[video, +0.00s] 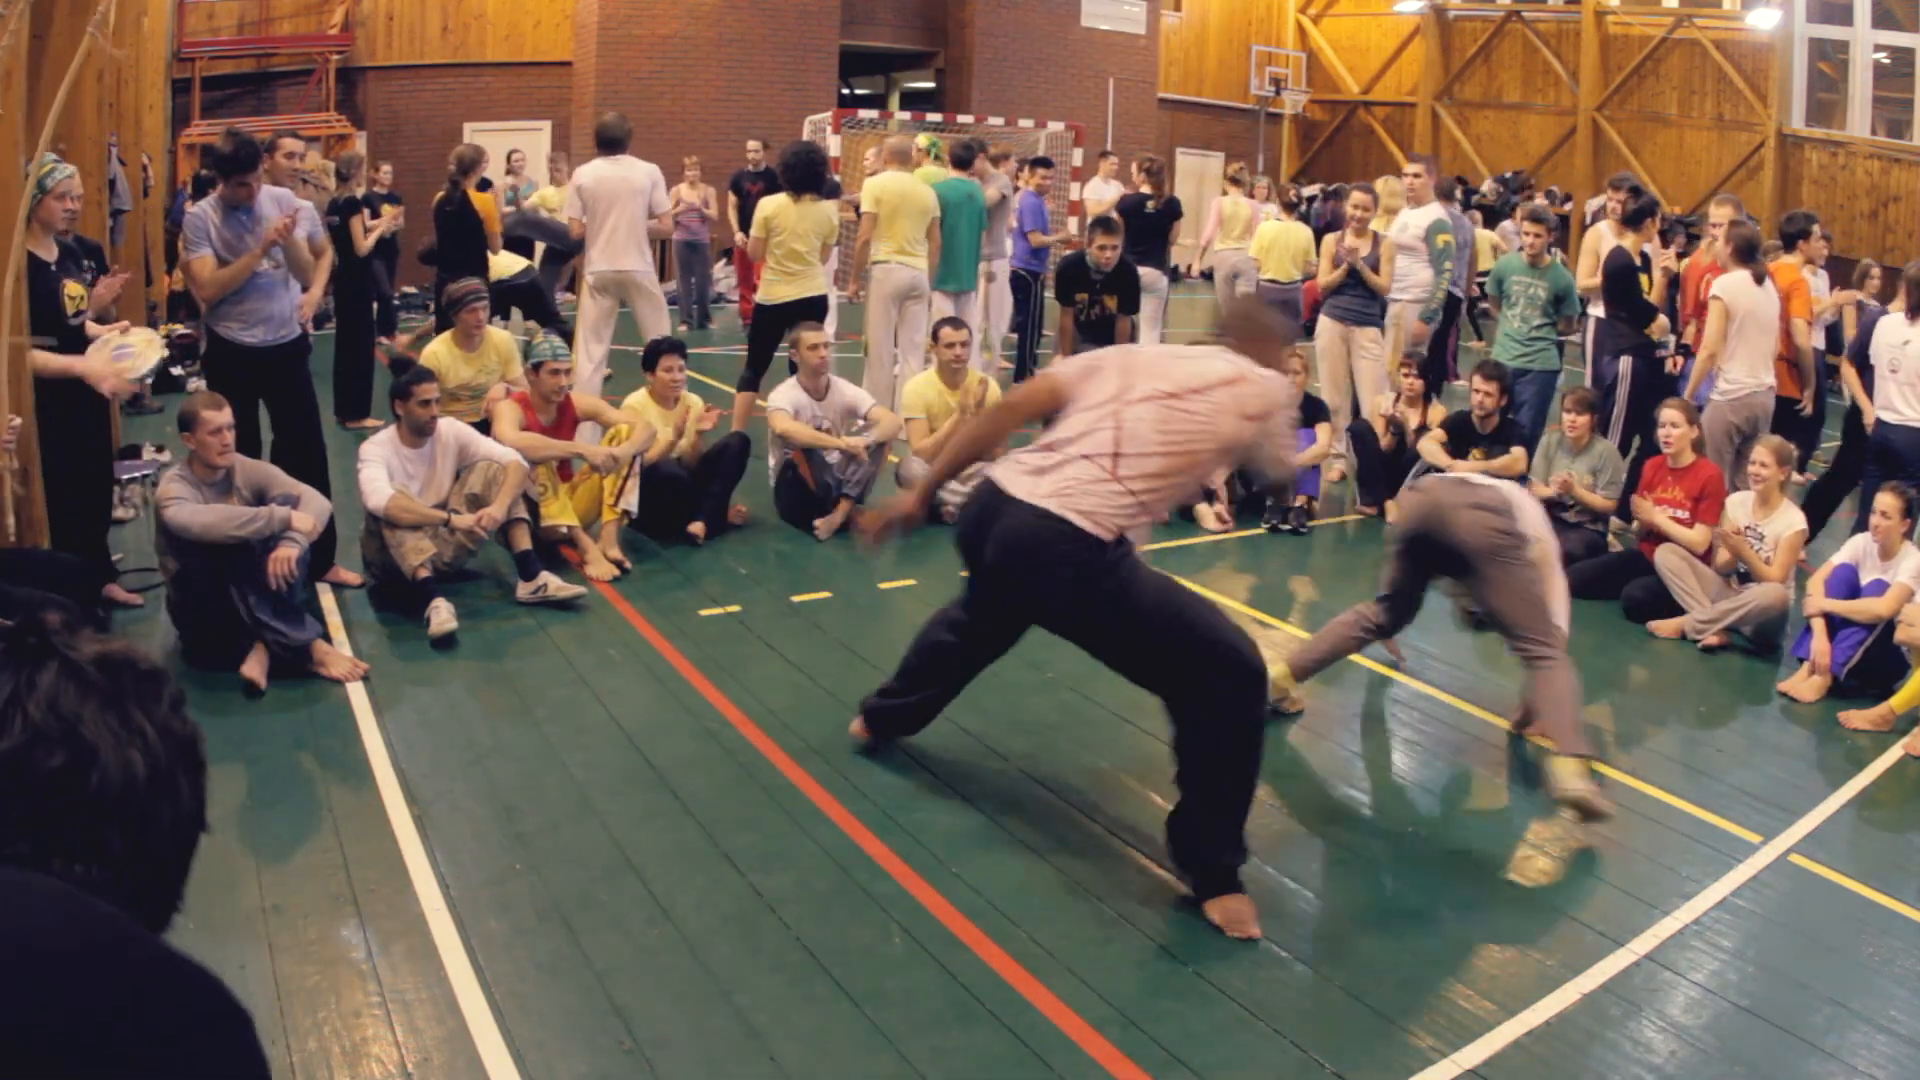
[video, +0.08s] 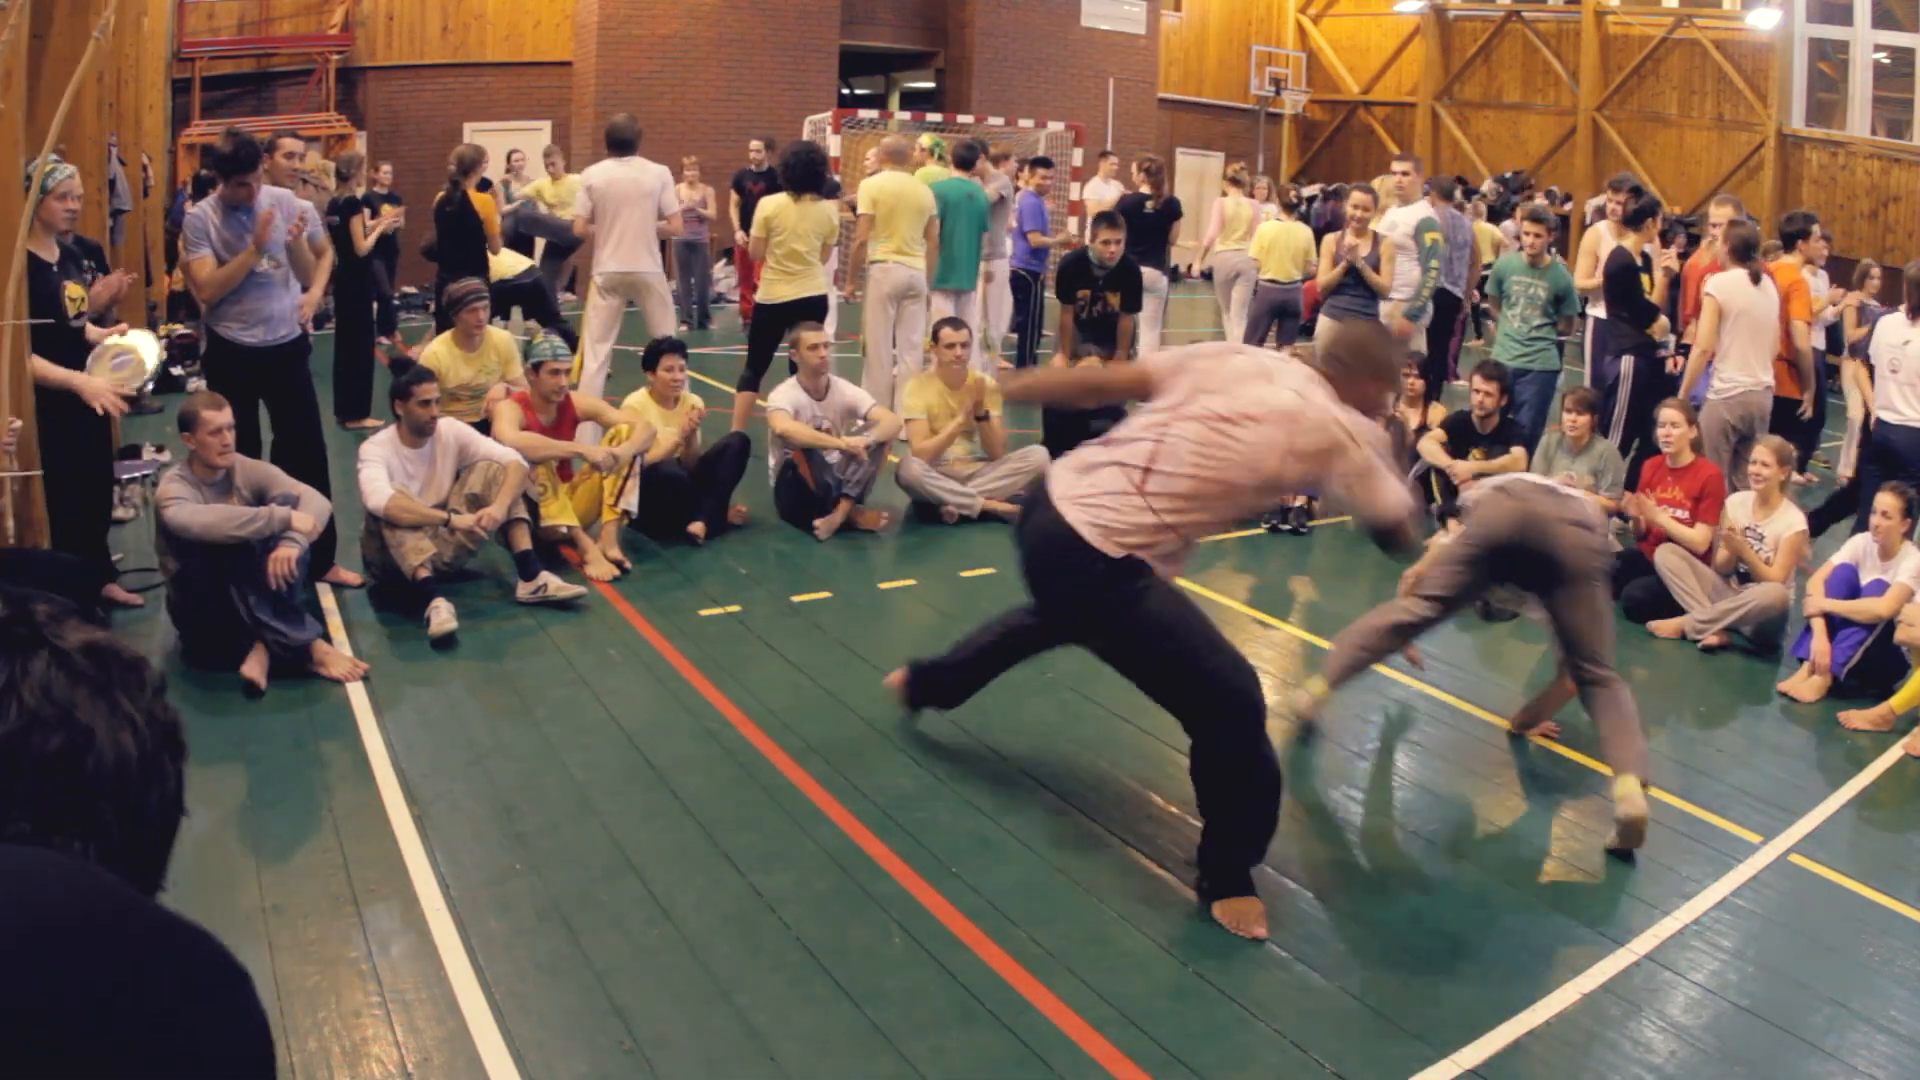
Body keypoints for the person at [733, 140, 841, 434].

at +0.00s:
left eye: (780, 166)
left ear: (783, 171)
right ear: (821, 173)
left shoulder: (768, 205)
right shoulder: (829, 209)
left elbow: (755, 252)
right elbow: (824, 255)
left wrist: (747, 239)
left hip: (773, 300)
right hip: (814, 298)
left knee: (754, 368)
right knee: (808, 366)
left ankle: (736, 436)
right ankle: (809, 433)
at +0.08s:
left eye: (780, 166)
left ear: (783, 171)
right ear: (821, 172)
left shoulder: (768, 205)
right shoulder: (830, 209)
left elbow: (757, 252)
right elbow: (825, 255)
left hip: (773, 300)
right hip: (814, 297)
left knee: (754, 368)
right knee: (808, 367)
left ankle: (736, 436)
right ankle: (809, 434)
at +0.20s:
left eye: (780, 165)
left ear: (785, 170)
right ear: (822, 172)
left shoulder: (769, 204)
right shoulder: (830, 209)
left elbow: (757, 251)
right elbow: (825, 254)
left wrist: (748, 235)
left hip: (773, 299)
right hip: (814, 297)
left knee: (754, 367)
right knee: (809, 366)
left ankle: (737, 434)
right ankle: (811, 434)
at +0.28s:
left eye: (777, 163)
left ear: (784, 169)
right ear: (822, 171)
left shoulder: (769, 204)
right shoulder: (830, 208)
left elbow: (757, 251)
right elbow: (826, 254)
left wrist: (750, 233)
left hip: (773, 299)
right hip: (814, 297)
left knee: (754, 367)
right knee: (808, 366)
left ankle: (737, 435)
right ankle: (809, 433)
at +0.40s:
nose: (774, 169)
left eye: (779, 164)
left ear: (785, 170)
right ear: (822, 171)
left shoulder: (770, 205)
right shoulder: (830, 208)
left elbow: (757, 251)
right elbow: (826, 254)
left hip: (774, 300)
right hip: (815, 298)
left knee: (754, 367)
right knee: (807, 365)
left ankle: (738, 434)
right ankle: (808, 431)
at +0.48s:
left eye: (781, 164)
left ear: (786, 170)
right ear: (823, 172)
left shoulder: (771, 204)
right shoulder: (830, 209)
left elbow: (756, 250)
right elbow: (826, 255)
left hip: (774, 300)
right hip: (815, 298)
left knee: (754, 367)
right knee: (808, 366)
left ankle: (737, 435)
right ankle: (809, 434)